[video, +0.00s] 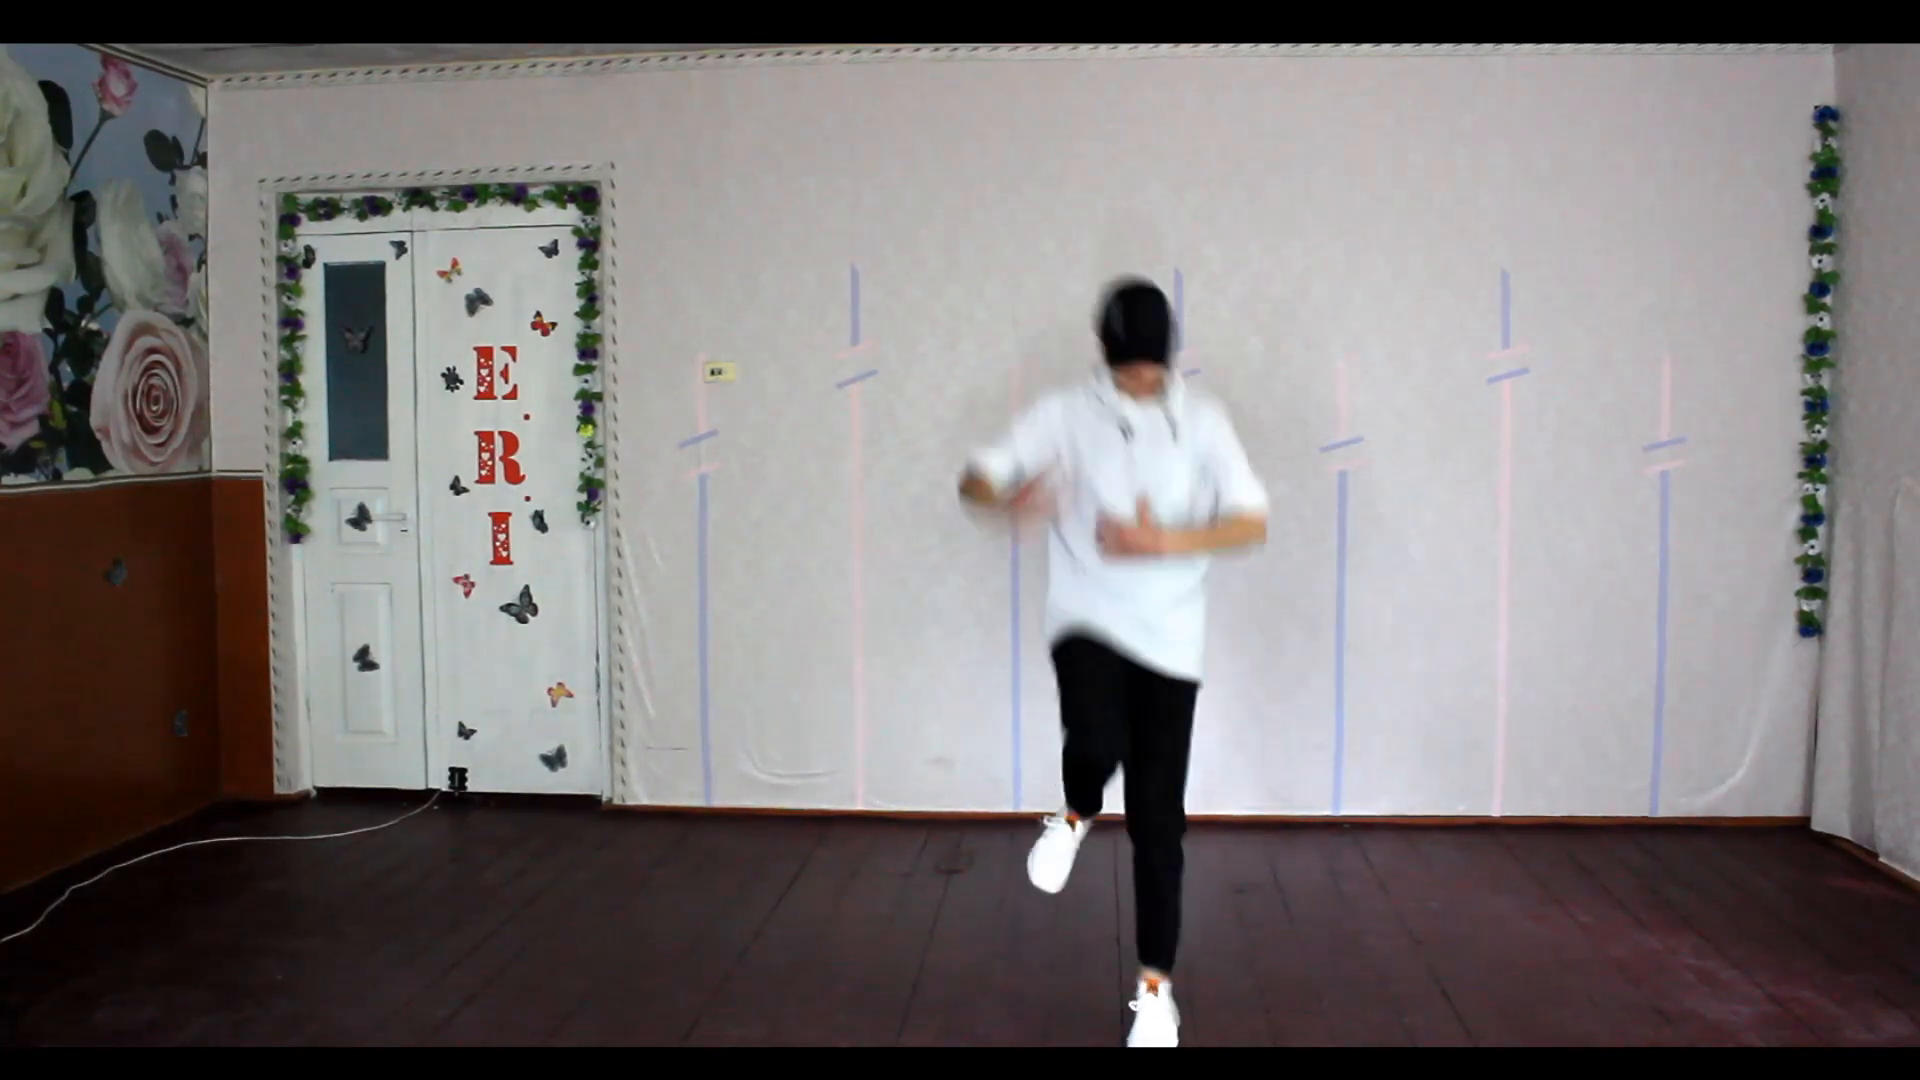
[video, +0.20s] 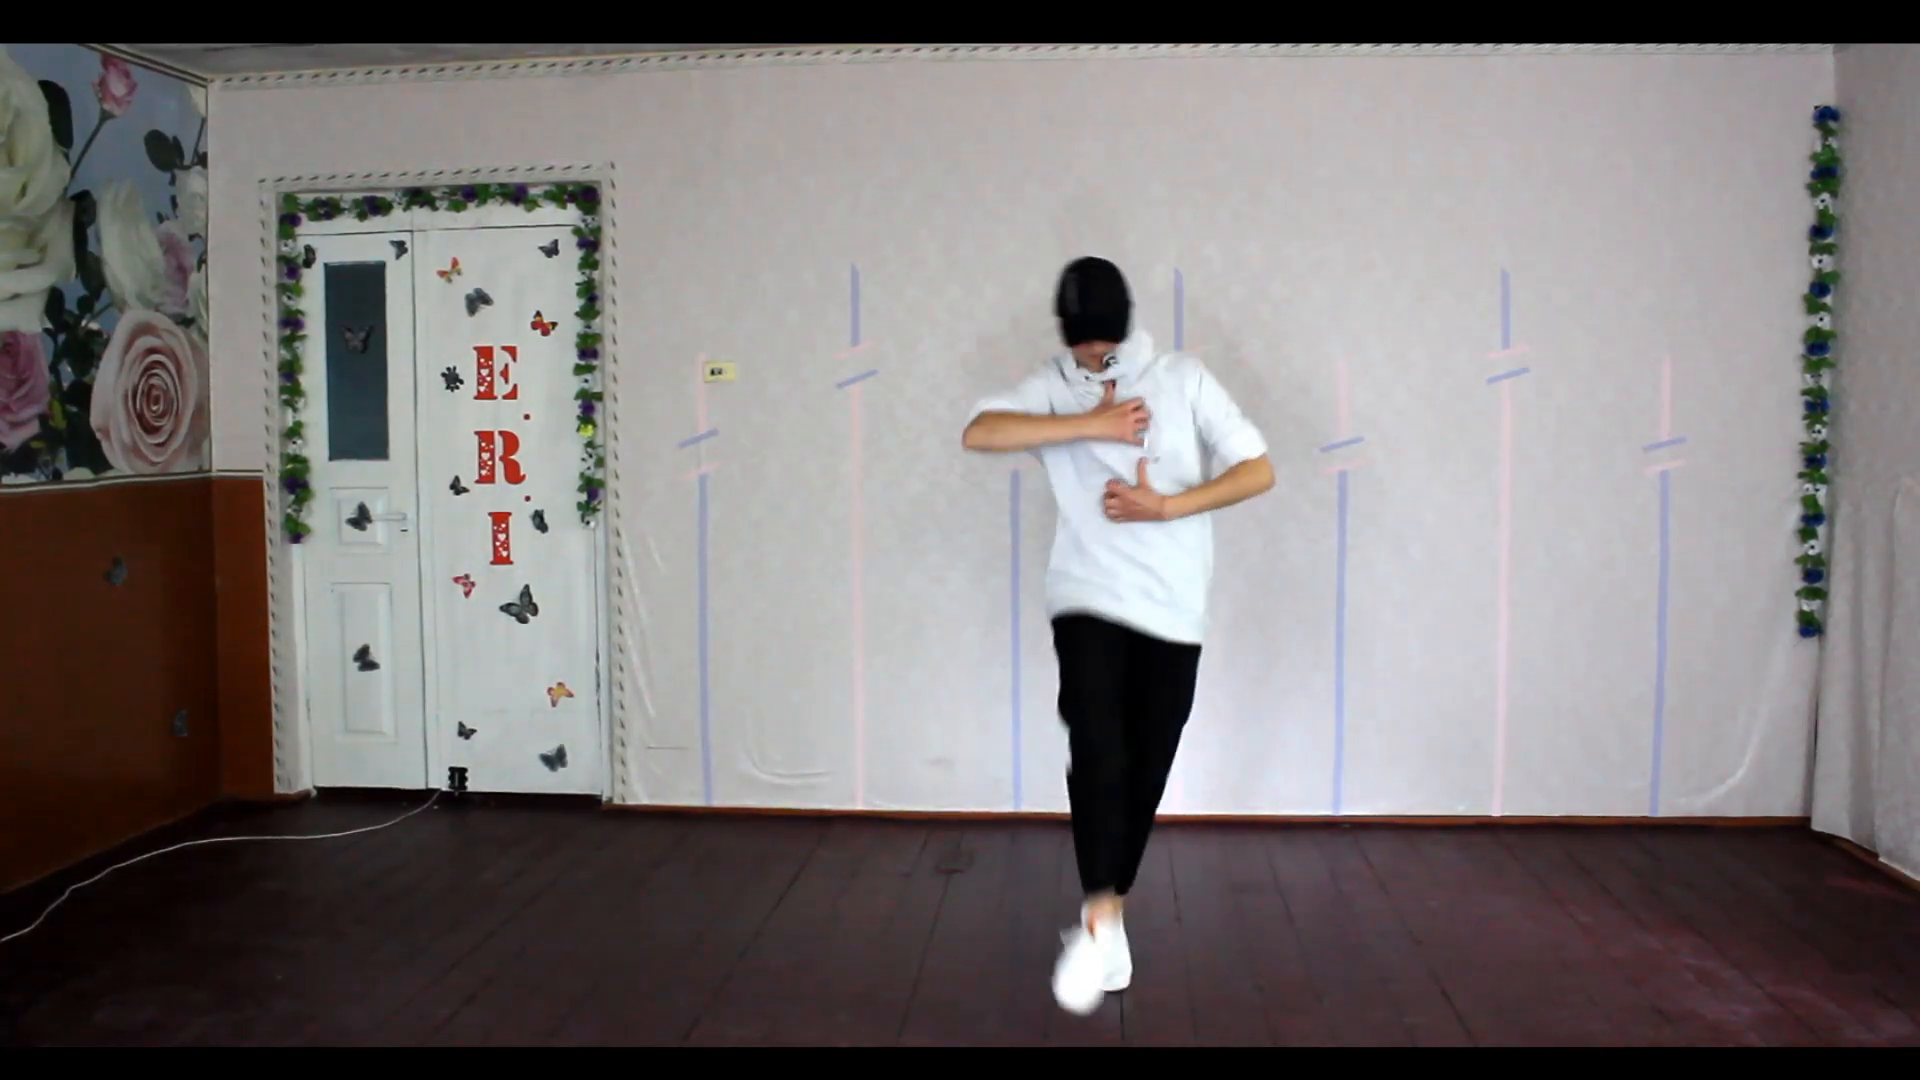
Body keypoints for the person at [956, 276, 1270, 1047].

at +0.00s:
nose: (1145, 377)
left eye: (1156, 363)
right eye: (1132, 365)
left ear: (1172, 352)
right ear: (1108, 354)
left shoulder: (1200, 416)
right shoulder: (1069, 412)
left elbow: (1251, 521)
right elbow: (975, 479)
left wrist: (1157, 540)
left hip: (1169, 635)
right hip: (1087, 618)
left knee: (1156, 818)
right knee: (1094, 741)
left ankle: (1154, 985)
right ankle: (1076, 821)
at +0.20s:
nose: (1096, 361)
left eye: (1107, 348)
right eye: (1082, 349)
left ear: (1128, 327)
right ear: (1063, 334)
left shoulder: (1182, 379)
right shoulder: (1054, 385)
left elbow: (1257, 470)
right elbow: (979, 434)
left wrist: (1165, 504)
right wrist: (1092, 424)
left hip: (1170, 609)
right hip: (1087, 599)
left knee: (1143, 769)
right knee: (1098, 754)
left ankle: (1103, 919)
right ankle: (1101, 925)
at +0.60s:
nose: (1147, 402)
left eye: (1159, 390)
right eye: (1135, 388)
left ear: (1173, 375)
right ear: (1107, 364)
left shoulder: (1182, 417)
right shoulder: (1055, 428)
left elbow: (1236, 475)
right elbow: (958, 502)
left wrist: (1136, 503)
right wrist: (1044, 503)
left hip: (1163, 657)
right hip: (1075, 664)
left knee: (1163, 806)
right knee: (1096, 828)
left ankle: (1146, 842)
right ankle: (1123, 976)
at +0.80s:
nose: (1083, 386)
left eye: (1093, 373)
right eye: (1068, 375)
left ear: (1116, 349)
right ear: (1051, 359)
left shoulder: (1168, 402)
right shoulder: (1033, 421)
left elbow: (1266, 464)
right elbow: (979, 516)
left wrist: (1160, 466)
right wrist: (1090, 524)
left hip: (1157, 621)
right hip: (1078, 637)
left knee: (1136, 778)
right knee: (1091, 800)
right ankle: (1124, 965)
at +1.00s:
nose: (1111, 404)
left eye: (1125, 392)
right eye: (1101, 389)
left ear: (1146, 378)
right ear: (1081, 367)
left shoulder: (1165, 425)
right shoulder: (1030, 423)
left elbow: (1245, 459)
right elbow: (925, 434)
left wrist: (1139, 480)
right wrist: (1005, 503)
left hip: (1137, 672)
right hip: (1049, 672)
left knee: (1118, 834)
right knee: (1068, 838)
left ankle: (1106, 1000)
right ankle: (1119, 967)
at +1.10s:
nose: (1083, 396)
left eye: (1096, 385)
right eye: (1071, 384)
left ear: (1120, 371)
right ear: (1052, 373)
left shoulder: (1177, 426)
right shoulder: (1018, 416)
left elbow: (1272, 412)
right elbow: (918, 362)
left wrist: (1231, 369)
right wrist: (951, 344)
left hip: (1128, 664)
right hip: (1036, 657)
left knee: (1111, 837)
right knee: (1018, 826)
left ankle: (1098, 1007)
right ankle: (1091, 907)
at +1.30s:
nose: (1070, 417)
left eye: (1079, 404)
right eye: (1060, 404)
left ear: (1097, 404)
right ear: (1047, 405)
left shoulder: (1151, 477)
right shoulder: (996, 470)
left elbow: (1251, 460)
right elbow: (894, 451)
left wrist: (1223, 420)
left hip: (1110, 680)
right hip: (1017, 673)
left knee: (1097, 837)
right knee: (1003, 796)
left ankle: (1098, 1008)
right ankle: (1000, 867)